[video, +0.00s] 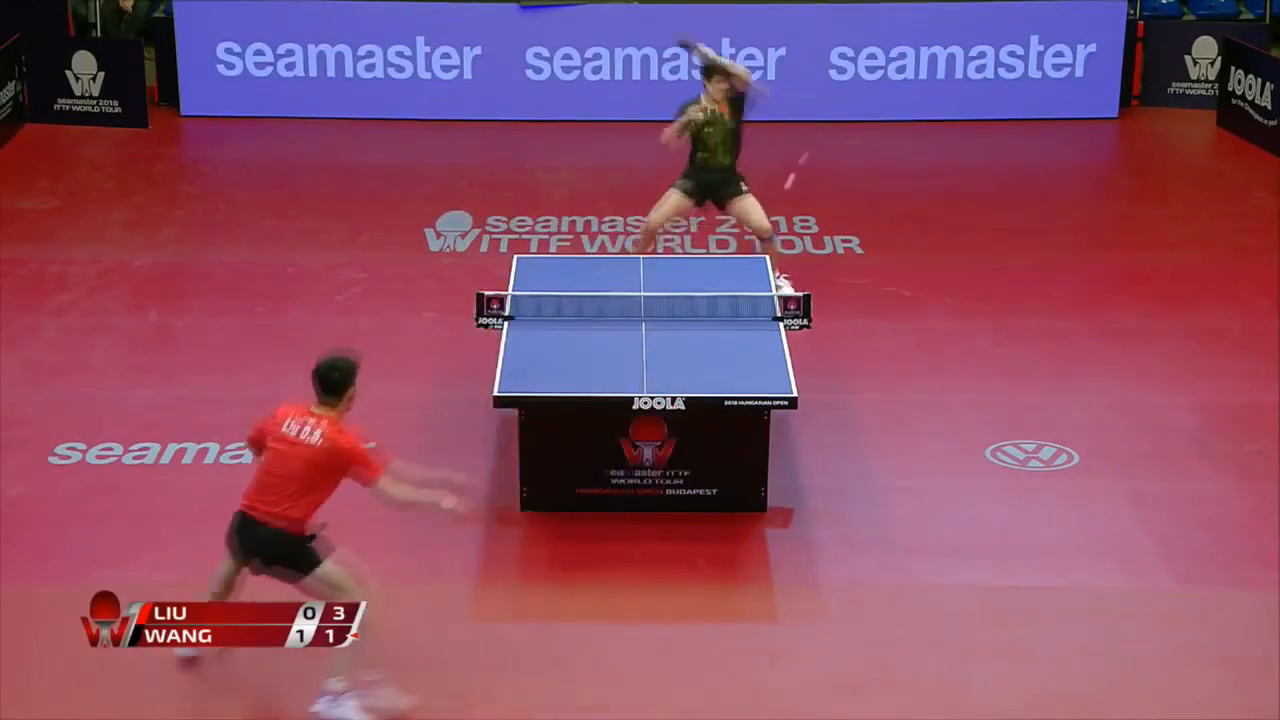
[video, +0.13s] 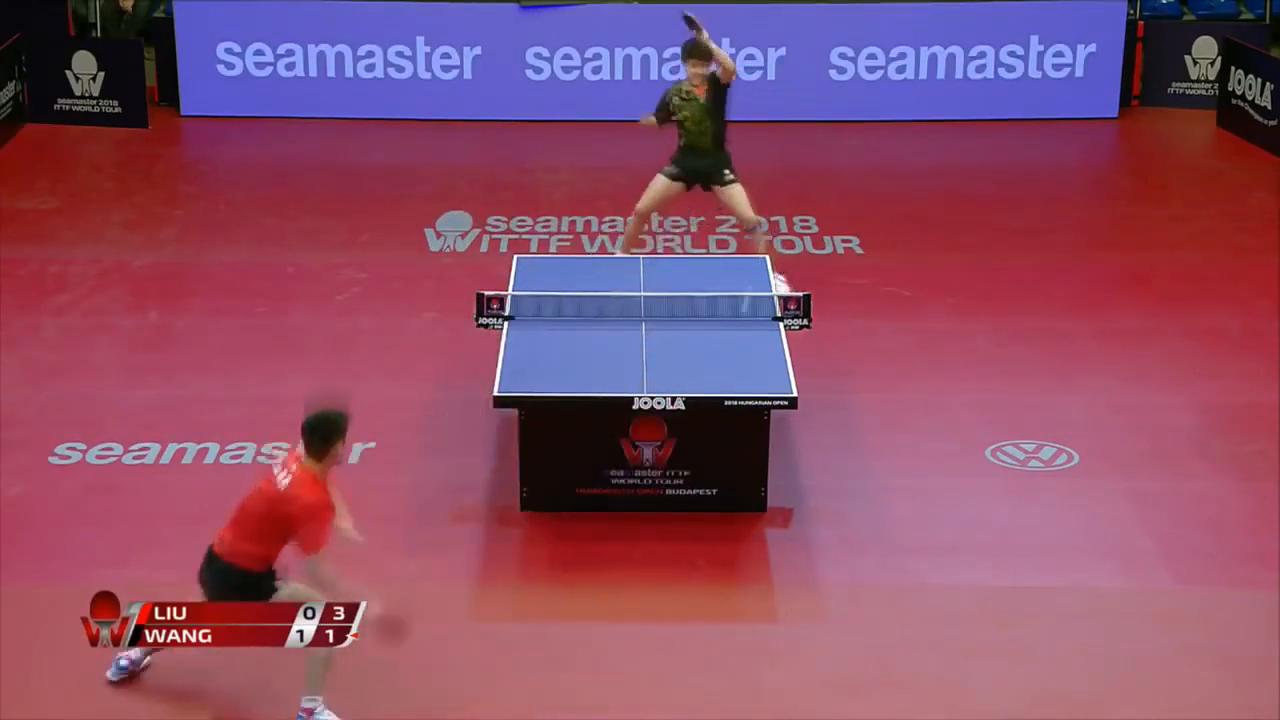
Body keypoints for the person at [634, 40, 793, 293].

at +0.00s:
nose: (724, 87)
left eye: (726, 81)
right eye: (718, 82)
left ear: (731, 83)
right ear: (706, 83)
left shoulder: (734, 104)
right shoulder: (693, 108)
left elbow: (744, 78)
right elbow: (667, 141)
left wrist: (711, 57)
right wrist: (687, 120)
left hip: (727, 180)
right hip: (695, 179)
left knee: (764, 228)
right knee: (650, 224)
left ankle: (775, 278)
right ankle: (639, 273)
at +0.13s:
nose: (698, 69)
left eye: (702, 64)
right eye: (694, 63)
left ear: (708, 65)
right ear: (684, 65)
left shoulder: (717, 85)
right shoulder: (675, 92)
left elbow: (729, 68)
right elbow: (660, 118)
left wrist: (707, 41)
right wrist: (644, 120)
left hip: (717, 163)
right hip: (684, 162)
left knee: (751, 221)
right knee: (641, 210)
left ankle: (769, 275)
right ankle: (620, 259)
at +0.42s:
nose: (647, 83)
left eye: (652, 78)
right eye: (643, 77)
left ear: (659, 80)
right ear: (635, 78)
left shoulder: (670, 105)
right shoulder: (622, 103)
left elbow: (701, 128)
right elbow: (618, 128)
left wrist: (695, 130)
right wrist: (614, 131)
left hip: (670, 171)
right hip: (640, 169)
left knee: (697, 219)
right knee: (600, 208)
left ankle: (729, 260)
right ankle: (628, 253)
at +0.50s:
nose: (634, 74)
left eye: (639, 69)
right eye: (630, 68)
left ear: (647, 71)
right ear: (623, 69)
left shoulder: (656, 100)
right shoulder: (606, 91)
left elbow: (680, 126)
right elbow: (581, 109)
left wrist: (678, 139)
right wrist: (599, 121)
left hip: (644, 162)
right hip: (611, 160)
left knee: (676, 210)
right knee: (577, 206)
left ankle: (701, 259)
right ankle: (614, 245)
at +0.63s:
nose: (614, 75)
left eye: (618, 70)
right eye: (610, 69)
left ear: (624, 72)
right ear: (601, 70)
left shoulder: (631, 101)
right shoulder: (581, 96)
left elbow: (641, 132)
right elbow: (555, 120)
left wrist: (651, 163)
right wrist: (571, 144)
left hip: (611, 162)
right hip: (577, 160)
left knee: (639, 213)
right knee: (541, 212)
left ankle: (627, 251)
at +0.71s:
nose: (595, 83)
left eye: (599, 79)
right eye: (591, 78)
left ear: (605, 82)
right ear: (583, 80)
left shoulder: (611, 112)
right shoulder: (563, 109)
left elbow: (616, 143)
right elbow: (532, 140)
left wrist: (633, 173)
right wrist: (555, 163)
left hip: (593, 169)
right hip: (560, 169)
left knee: (618, 221)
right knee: (522, 220)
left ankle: (607, 246)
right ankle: (489, 254)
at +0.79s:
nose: (573, 96)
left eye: (578, 91)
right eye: (568, 90)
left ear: (585, 94)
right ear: (559, 92)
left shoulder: (586, 122)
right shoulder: (544, 117)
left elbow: (589, 153)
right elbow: (521, 150)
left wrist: (612, 178)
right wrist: (554, 168)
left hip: (566, 177)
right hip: (530, 176)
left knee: (602, 216)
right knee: (493, 222)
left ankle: (604, 249)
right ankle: (462, 261)